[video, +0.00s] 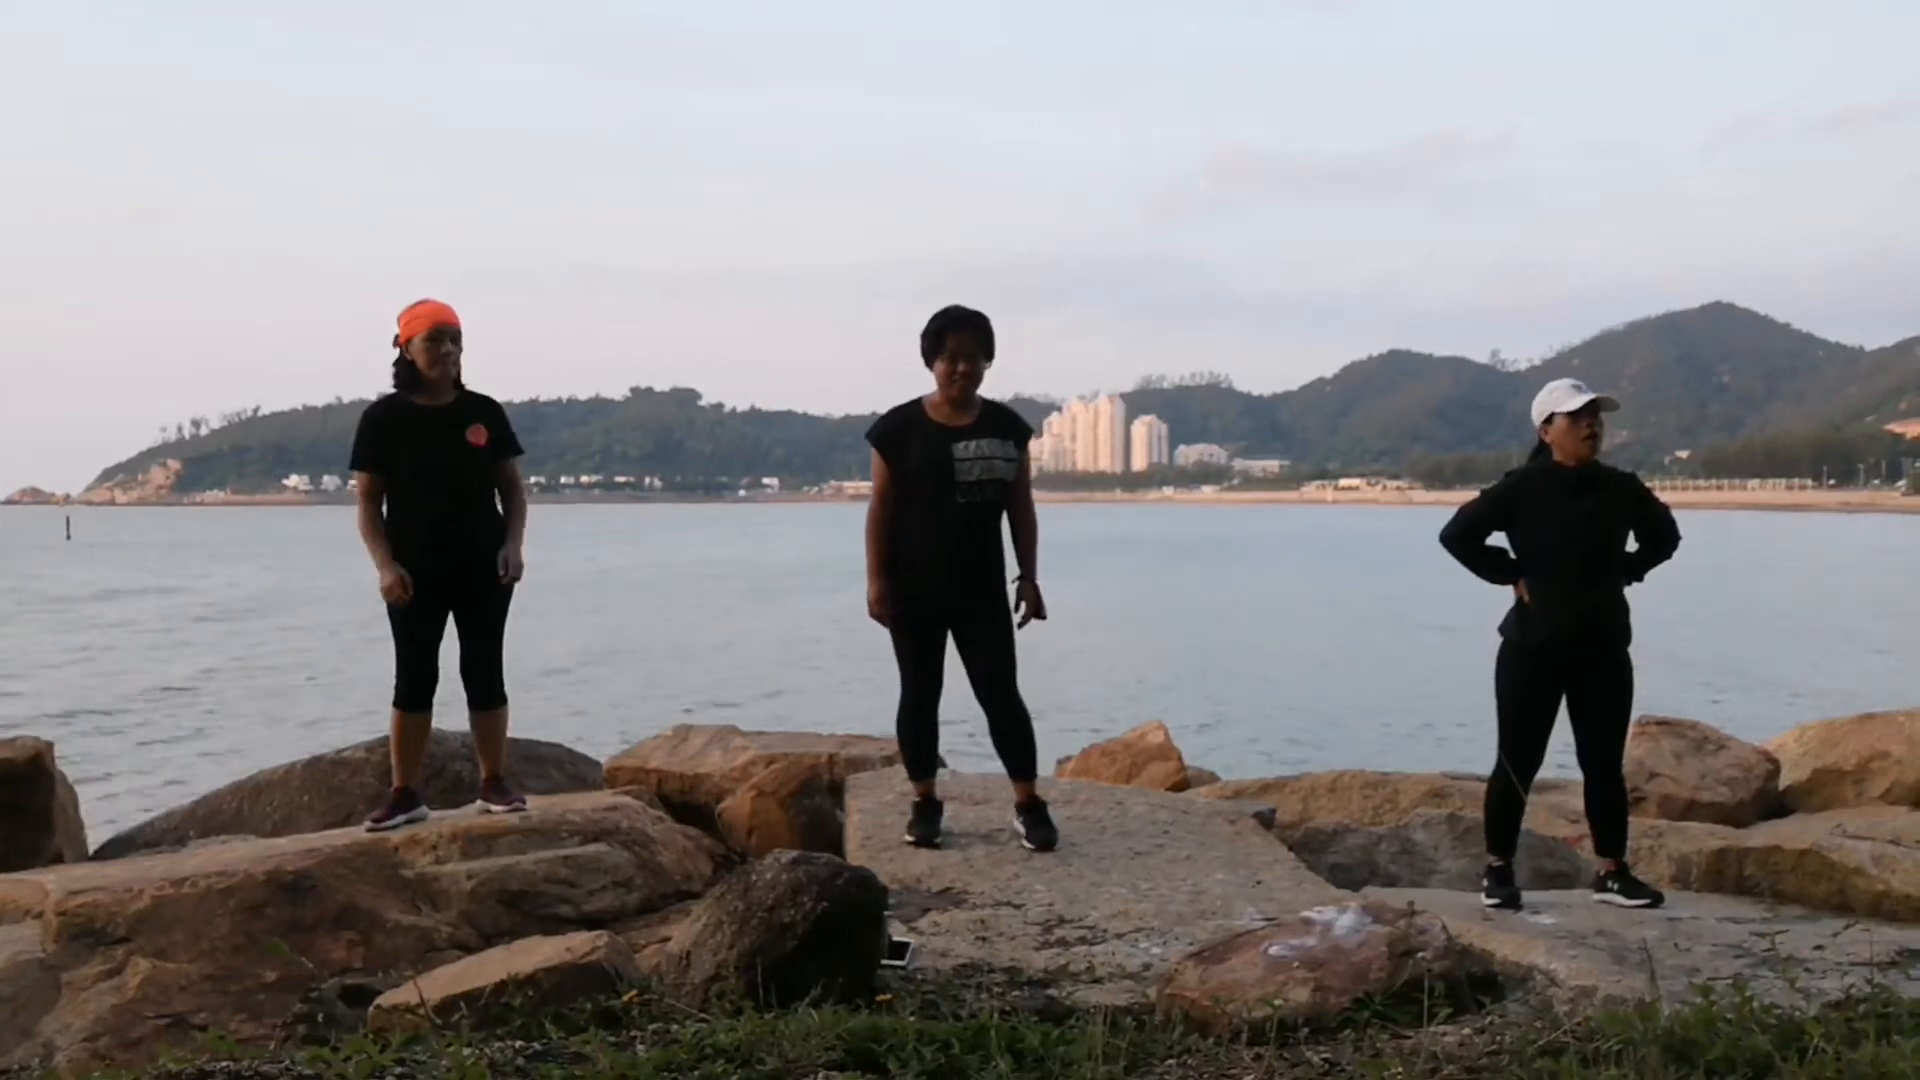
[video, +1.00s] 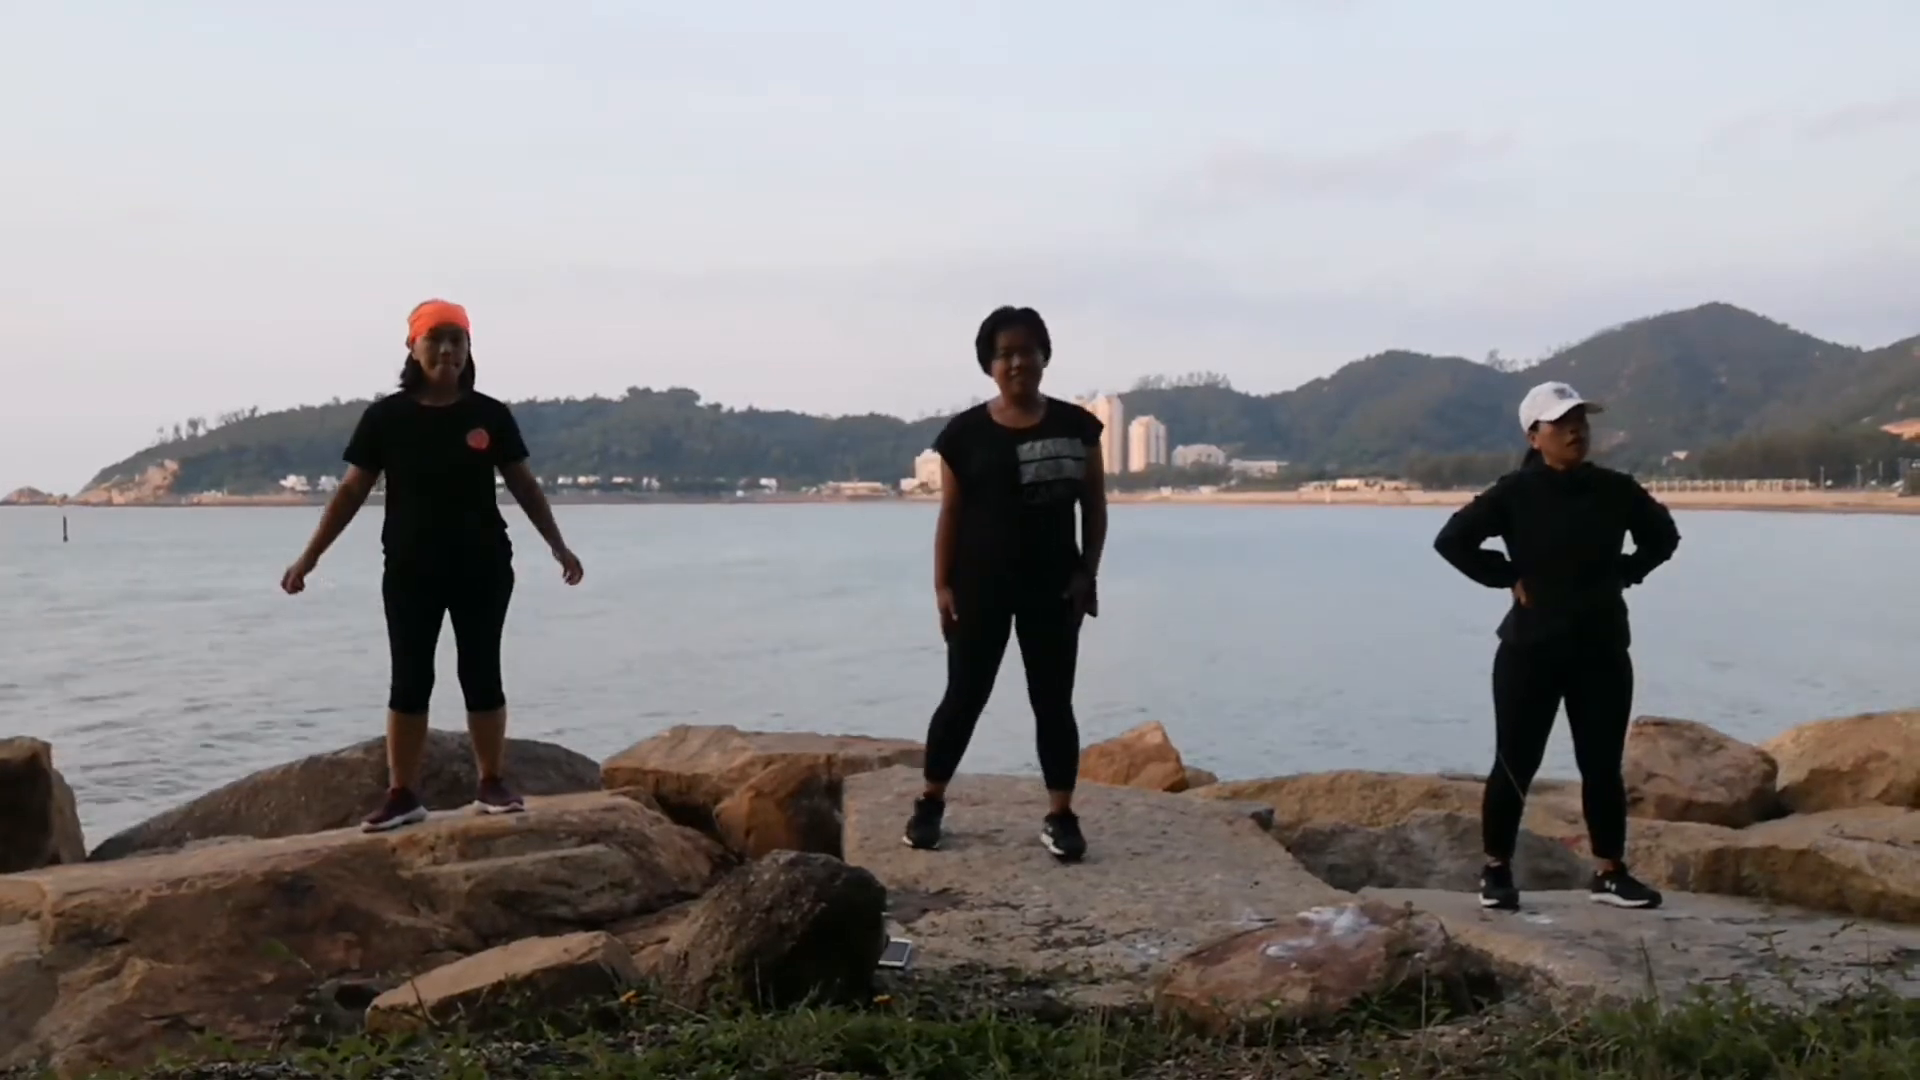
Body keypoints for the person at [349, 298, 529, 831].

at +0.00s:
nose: (446, 348)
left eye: (452, 338)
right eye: (433, 340)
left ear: (461, 346)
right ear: (407, 349)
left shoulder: (485, 412)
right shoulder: (381, 419)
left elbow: (513, 487)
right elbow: (366, 503)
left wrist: (513, 542)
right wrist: (385, 565)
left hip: (481, 569)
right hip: (414, 574)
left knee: (485, 678)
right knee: (413, 685)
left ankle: (493, 783)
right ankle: (405, 792)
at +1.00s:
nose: (446, 348)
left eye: (455, 339)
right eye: (434, 339)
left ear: (468, 349)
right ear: (414, 348)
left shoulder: (490, 417)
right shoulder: (385, 417)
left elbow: (522, 484)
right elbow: (351, 492)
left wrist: (557, 545)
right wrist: (307, 558)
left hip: (480, 569)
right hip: (411, 571)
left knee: (482, 677)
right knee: (409, 683)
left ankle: (491, 784)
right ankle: (402, 793)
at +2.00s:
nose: (443, 348)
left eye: (453, 339)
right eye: (432, 339)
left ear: (466, 349)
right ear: (412, 349)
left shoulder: (488, 418)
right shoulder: (383, 417)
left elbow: (520, 488)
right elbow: (350, 491)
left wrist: (550, 549)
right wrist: (310, 559)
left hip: (477, 570)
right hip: (407, 571)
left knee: (478, 677)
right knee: (406, 684)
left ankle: (488, 785)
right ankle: (399, 795)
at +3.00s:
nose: (432, 352)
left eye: (441, 343)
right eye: (421, 342)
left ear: (454, 350)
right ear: (400, 351)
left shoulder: (477, 418)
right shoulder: (370, 420)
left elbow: (509, 486)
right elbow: (337, 494)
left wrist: (539, 545)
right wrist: (304, 561)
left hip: (468, 570)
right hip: (397, 573)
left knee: (472, 678)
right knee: (400, 685)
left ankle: (485, 785)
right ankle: (395, 796)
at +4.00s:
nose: (433, 353)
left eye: (442, 343)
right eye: (422, 343)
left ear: (454, 351)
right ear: (399, 351)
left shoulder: (476, 417)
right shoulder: (370, 419)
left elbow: (509, 482)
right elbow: (332, 493)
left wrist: (539, 541)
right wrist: (291, 557)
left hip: (468, 570)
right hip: (398, 573)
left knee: (471, 678)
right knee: (399, 685)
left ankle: (482, 786)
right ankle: (392, 798)